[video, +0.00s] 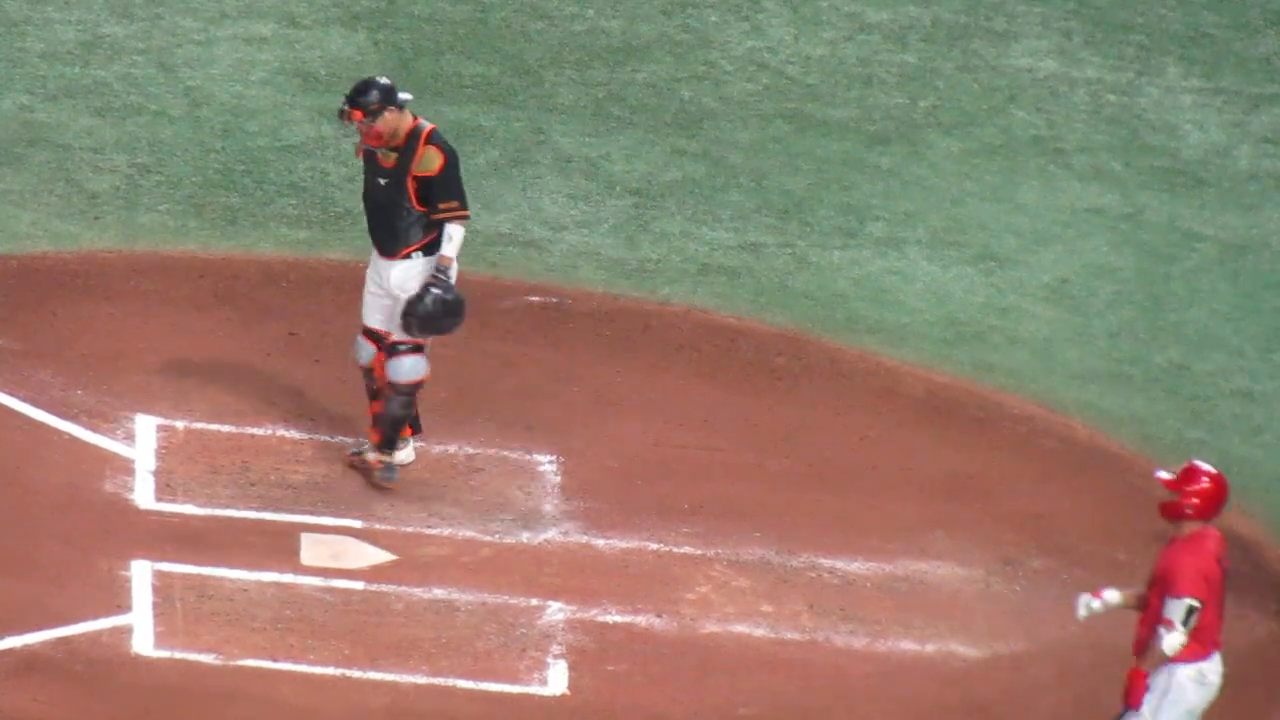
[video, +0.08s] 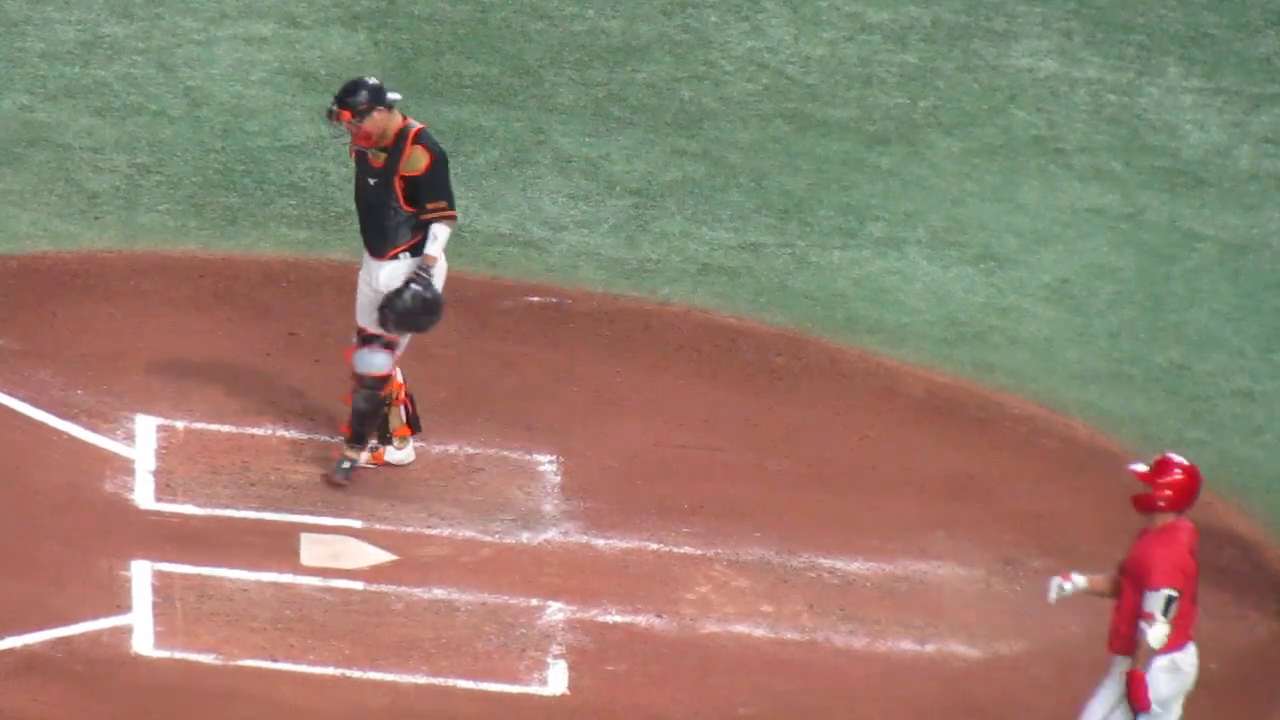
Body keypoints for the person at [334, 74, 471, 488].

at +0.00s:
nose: (364, 131)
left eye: (369, 122)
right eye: (360, 123)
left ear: (390, 113)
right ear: (369, 119)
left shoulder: (431, 149)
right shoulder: (376, 138)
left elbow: (455, 218)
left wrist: (442, 273)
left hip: (419, 265)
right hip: (382, 260)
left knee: (405, 358)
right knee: (370, 351)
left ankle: (394, 446)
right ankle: (392, 437)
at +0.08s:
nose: (353, 131)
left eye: (358, 122)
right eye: (350, 124)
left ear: (379, 112)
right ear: (359, 120)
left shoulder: (421, 149)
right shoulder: (365, 140)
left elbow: (443, 217)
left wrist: (425, 269)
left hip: (408, 265)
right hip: (373, 262)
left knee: (375, 360)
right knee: (368, 356)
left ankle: (355, 450)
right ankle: (399, 439)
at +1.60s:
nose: (214, 91)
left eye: (222, 86)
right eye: (215, 84)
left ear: (244, 94)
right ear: (234, 92)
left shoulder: (263, 138)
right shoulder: (230, 134)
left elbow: (272, 209)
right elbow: (240, 201)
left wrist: (260, 269)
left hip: (269, 257)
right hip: (242, 255)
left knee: (243, 360)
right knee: (221, 347)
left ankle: (251, 466)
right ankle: (243, 429)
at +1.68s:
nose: (214, 86)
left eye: (222, 81)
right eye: (215, 79)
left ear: (244, 88)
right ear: (231, 86)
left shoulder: (266, 135)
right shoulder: (229, 128)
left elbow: (282, 205)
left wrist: (277, 267)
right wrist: (218, 142)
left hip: (272, 252)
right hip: (243, 251)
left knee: (249, 356)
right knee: (222, 345)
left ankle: (253, 458)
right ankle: (242, 428)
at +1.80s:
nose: (219, 80)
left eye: (227, 75)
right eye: (220, 73)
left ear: (249, 82)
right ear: (233, 79)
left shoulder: (275, 130)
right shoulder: (223, 123)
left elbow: (295, 200)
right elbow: (238, 185)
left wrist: (297, 260)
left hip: (274, 248)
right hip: (242, 246)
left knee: (258, 345)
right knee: (228, 337)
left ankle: (274, 440)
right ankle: (242, 427)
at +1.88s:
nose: (223, 77)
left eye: (232, 72)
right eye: (224, 69)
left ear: (254, 80)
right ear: (238, 77)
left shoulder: (282, 128)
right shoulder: (226, 118)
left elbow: (305, 197)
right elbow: (239, 178)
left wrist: (307, 257)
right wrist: (245, 229)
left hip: (280, 247)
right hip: (243, 244)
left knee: (269, 343)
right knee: (231, 335)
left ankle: (289, 429)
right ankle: (245, 427)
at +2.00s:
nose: (235, 75)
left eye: (245, 70)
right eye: (236, 68)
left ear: (268, 79)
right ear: (247, 75)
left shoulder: (297, 129)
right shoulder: (230, 117)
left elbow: (322, 195)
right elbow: (247, 173)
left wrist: (324, 253)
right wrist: (255, 221)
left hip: (291, 246)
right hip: (248, 242)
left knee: (295, 338)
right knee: (236, 333)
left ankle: (314, 411)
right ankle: (247, 423)